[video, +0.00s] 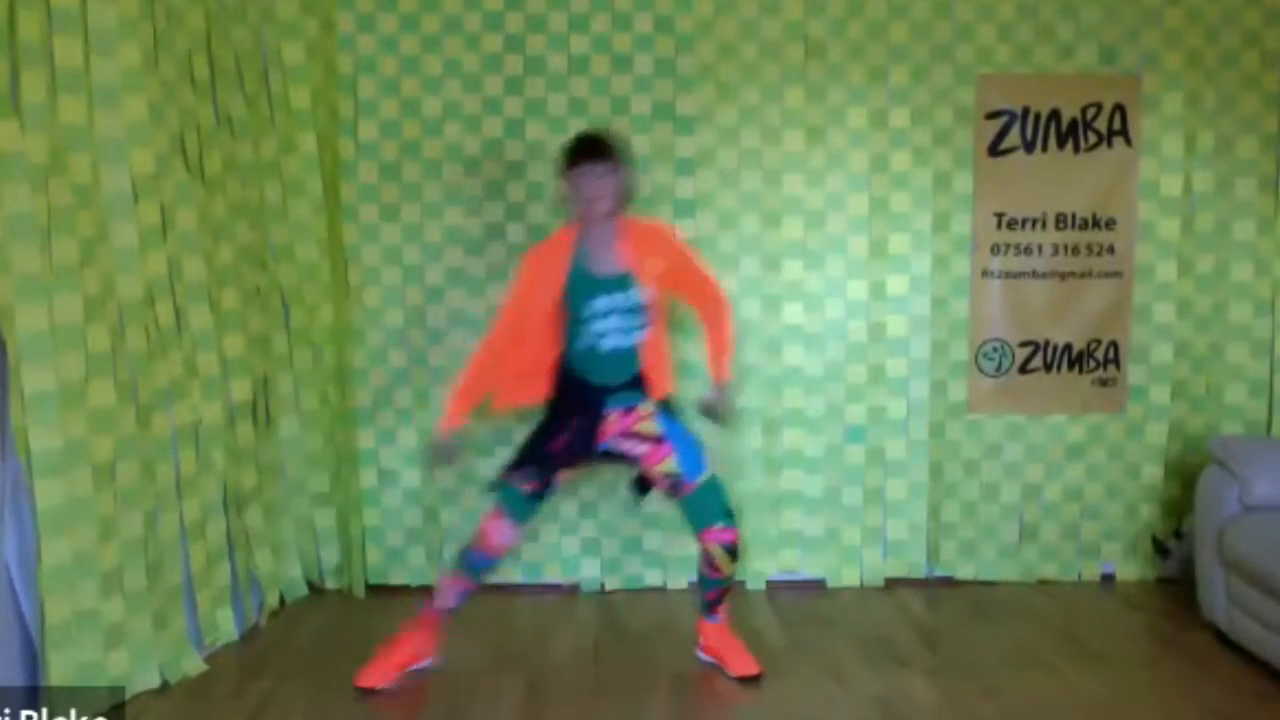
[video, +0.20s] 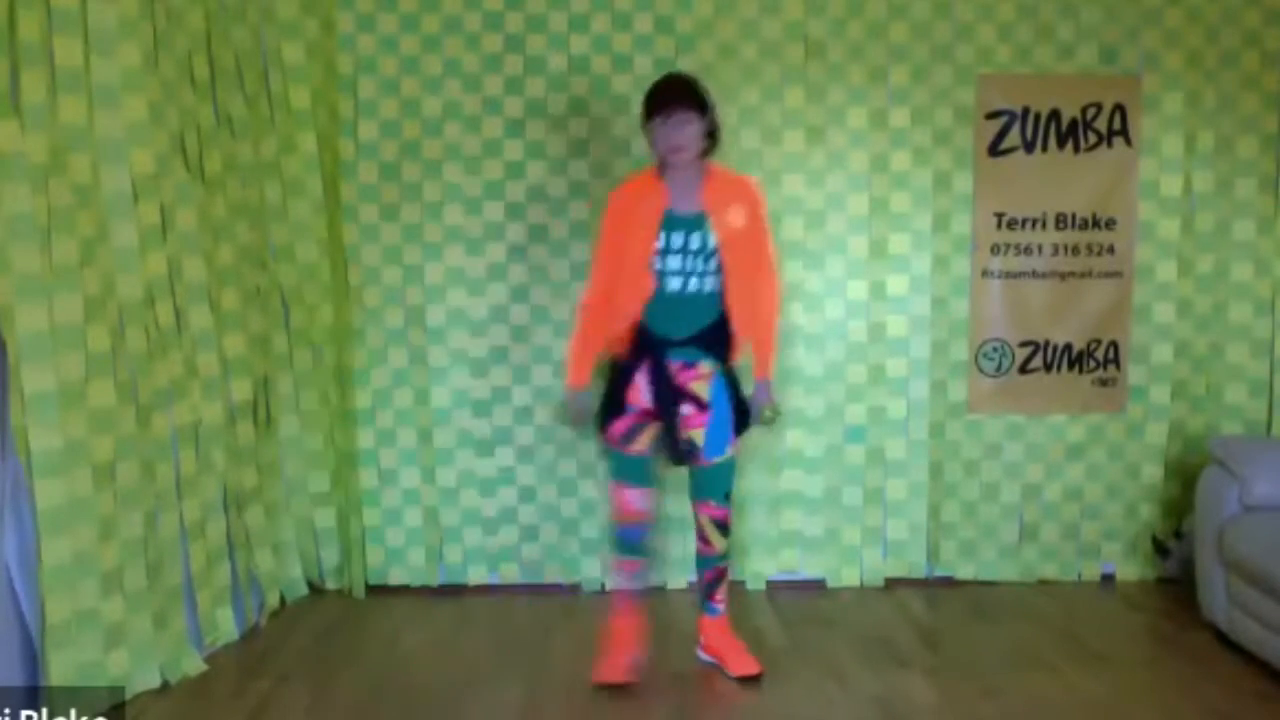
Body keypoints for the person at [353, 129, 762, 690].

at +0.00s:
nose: (595, 194)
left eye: (605, 182)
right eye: (584, 184)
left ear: (623, 185)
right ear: (568, 191)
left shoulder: (654, 245)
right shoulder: (550, 260)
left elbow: (713, 302)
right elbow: (504, 339)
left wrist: (721, 382)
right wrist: (454, 418)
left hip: (641, 409)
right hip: (572, 415)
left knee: (720, 530)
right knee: (499, 531)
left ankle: (715, 629)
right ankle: (424, 633)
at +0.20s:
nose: (674, 138)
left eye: (686, 126)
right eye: (662, 127)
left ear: (707, 132)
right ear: (648, 135)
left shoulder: (738, 195)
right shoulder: (630, 199)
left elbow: (758, 283)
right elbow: (605, 286)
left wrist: (762, 367)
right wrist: (581, 370)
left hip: (710, 359)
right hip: (638, 358)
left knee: (714, 501)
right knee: (632, 500)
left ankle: (715, 624)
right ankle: (625, 627)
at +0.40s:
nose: (680, 141)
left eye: (691, 128)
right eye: (668, 131)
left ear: (712, 136)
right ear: (654, 145)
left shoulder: (753, 195)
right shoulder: (644, 217)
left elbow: (778, 282)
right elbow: (630, 308)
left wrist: (783, 369)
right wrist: (625, 396)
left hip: (748, 368)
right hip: (678, 372)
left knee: (753, 505)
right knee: (680, 508)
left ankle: (726, 618)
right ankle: (682, 630)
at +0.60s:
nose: (708, 166)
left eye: (720, 154)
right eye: (698, 155)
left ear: (739, 160)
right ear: (684, 161)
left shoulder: (773, 218)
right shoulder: (666, 233)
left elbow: (813, 297)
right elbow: (640, 324)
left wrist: (853, 377)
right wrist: (650, 404)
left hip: (778, 388)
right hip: (704, 396)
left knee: (846, 500)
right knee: (670, 518)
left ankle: (834, 613)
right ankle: (679, 635)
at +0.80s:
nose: (849, 223)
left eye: (861, 213)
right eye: (840, 209)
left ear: (876, 222)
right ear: (821, 209)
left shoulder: (881, 293)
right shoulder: (774, 258)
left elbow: (936, 364)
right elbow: (699, 287)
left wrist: (999, 437)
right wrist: (699, 355)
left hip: (834, 441)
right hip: (755, 437)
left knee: (943, 531)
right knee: (670, 541)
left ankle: (969, 646)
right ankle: (680, 638)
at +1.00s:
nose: (932, 253)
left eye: (946, 246)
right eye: (926, 239)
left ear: (959, 262)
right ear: (904, 241)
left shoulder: (951, 337)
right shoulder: (851, 275)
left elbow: (1008, 403)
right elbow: (772, 265)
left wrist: (1080, 471)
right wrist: (764, 332)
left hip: (877, 460)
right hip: (800, 446)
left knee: (990, 530)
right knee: (691, 534)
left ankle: (977, 645)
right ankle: (682, 640)